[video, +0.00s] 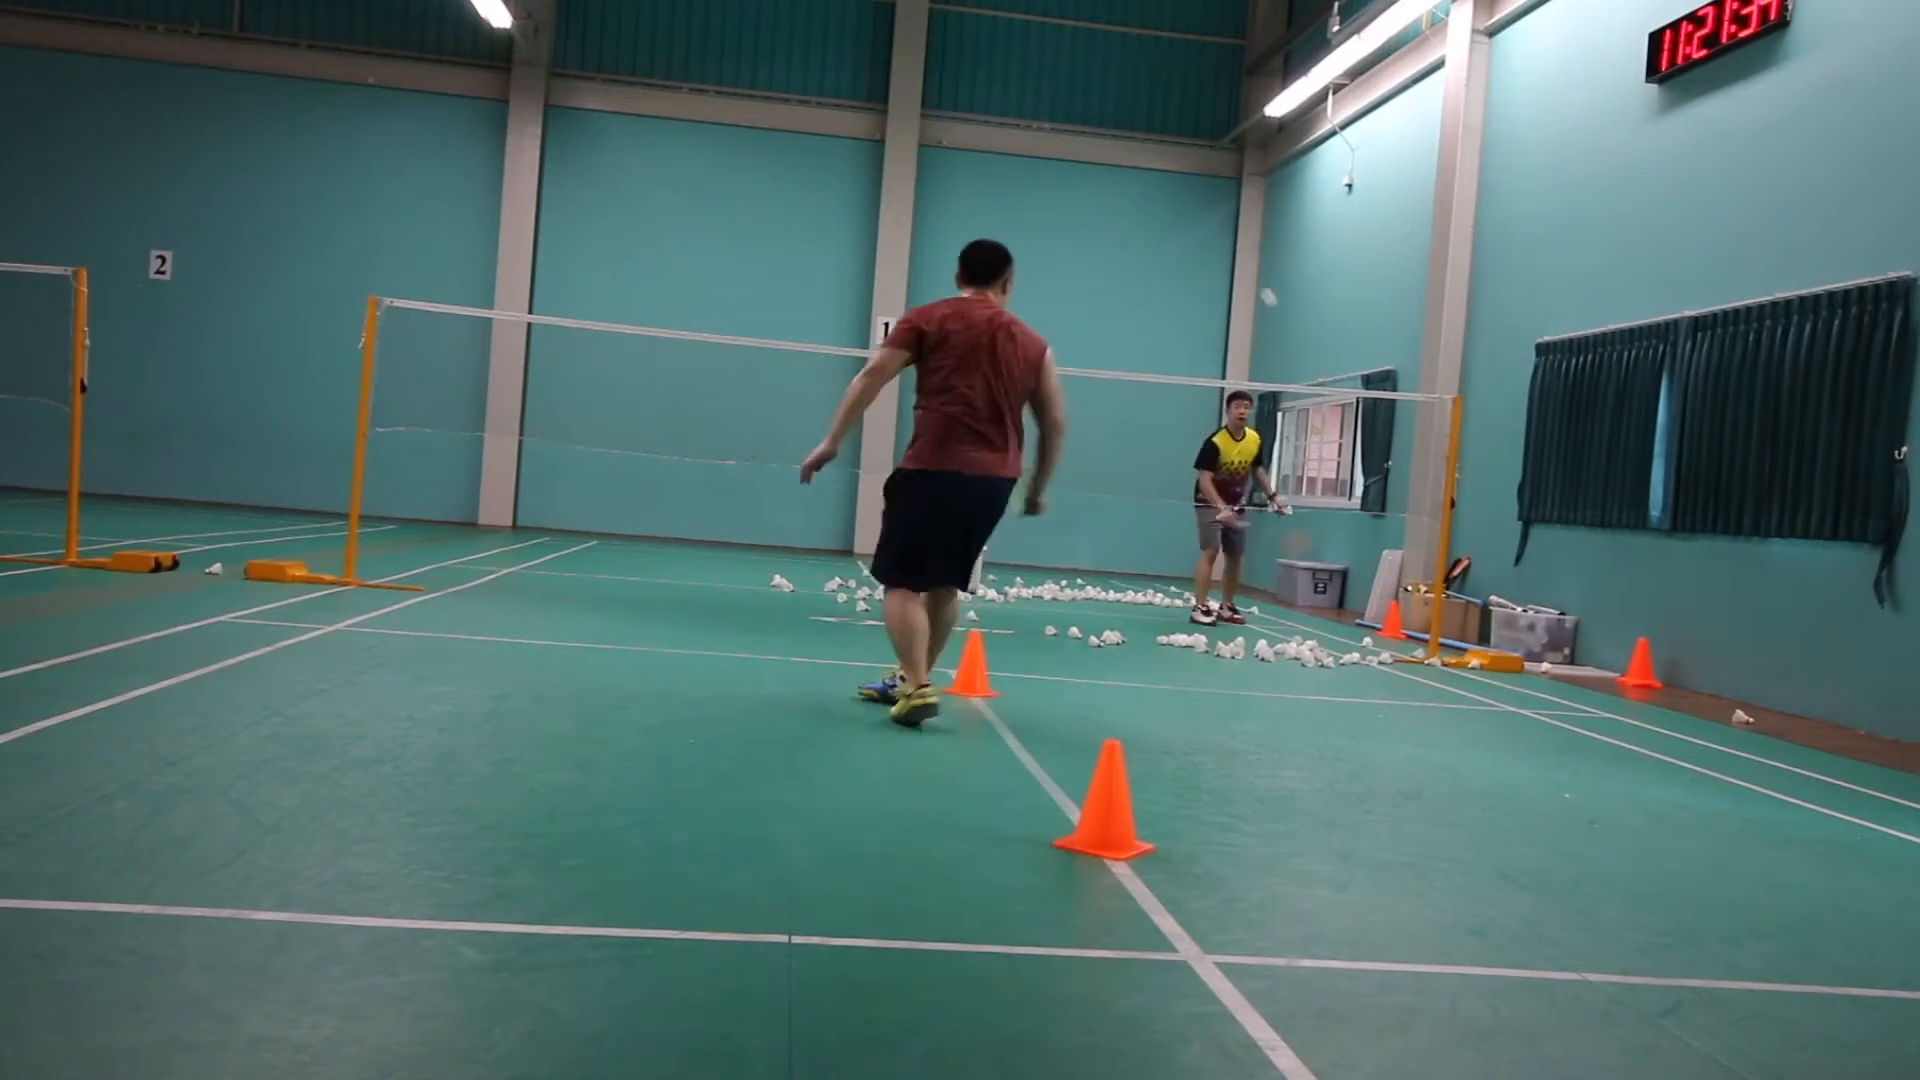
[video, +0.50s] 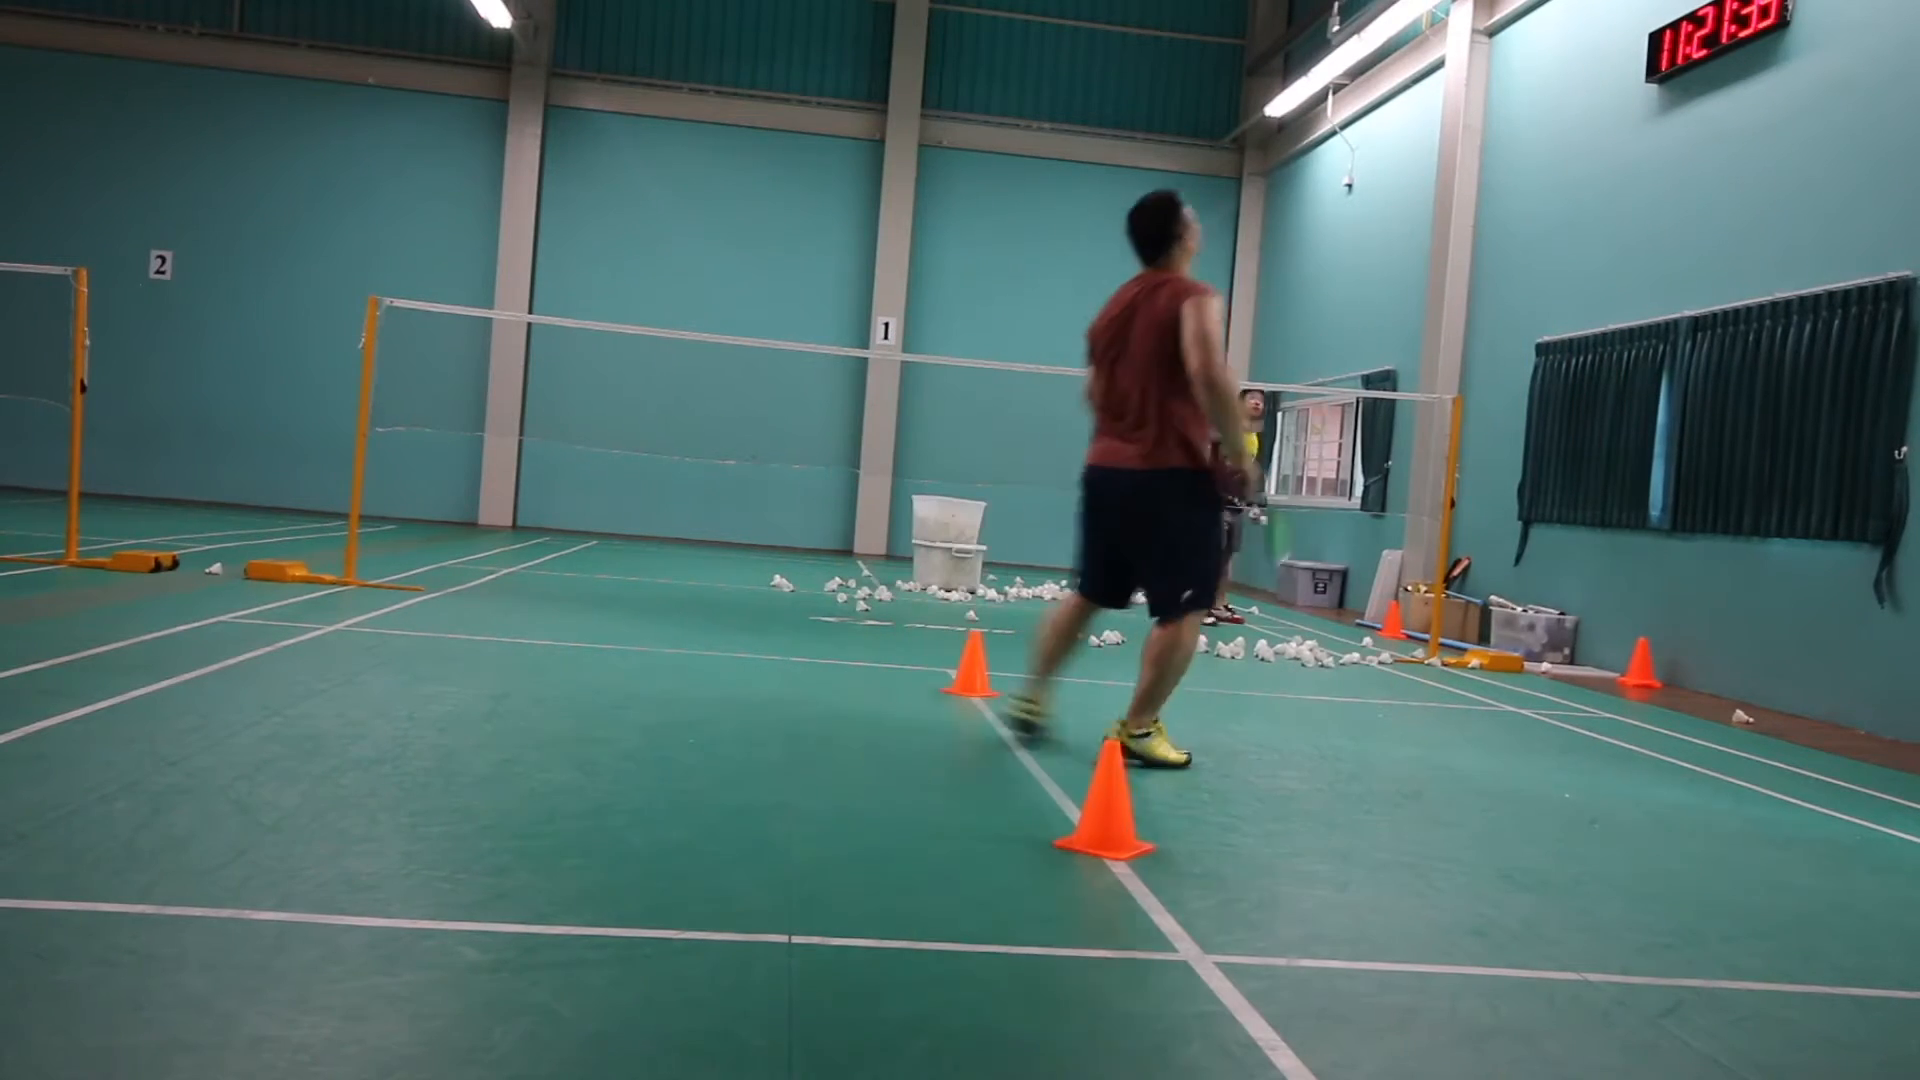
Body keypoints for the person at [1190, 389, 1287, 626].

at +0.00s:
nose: (1242, 412)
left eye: (1246, 408)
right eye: (1237, 407)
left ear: (1250, 412)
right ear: (1228, 411)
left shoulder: (1255, 439)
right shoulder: (1214, 442)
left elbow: (1257, 469)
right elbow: (1204, 480)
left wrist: (1272, 496)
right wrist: (1222, 507)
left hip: (1236, 504)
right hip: (1210, 503)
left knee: (1234, 556)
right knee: (1211, 552)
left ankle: (1227, 605)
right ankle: (1200, 605)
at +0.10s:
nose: (1249, 409)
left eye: (1252, 405)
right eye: (1243, 404)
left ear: (1255, 410)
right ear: (1232, 408)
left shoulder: (1252, 438)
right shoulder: (1221, 435)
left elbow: (1249, 467)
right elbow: (1215, 462)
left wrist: (1263, 493)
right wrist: (1241, 483)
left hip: (1233, 502)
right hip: (1209, 500)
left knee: (1232, 553)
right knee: (1211, 551)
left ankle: (1227, 604)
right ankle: (1201, 605)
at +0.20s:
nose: (1255, 409)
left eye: (1258, 404)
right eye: (1250, 403)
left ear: (1260, 409)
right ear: (1237, 406)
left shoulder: (1249, 436)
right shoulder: (1225, 427)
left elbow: (1237, 472)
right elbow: (1232, 424)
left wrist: (1251, 492)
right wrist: (1249, 414)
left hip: (1229, 501)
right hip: (1208, 499)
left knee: (1231, 552)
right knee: (1211, 551)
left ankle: (1225, 603)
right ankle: (1201, 606)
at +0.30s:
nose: (1258, 405)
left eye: (1261, 401)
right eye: (1253, 400)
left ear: (1262, 409)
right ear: (1242, 404)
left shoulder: (1249, 434)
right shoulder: (1228, 426)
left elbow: (1240, 467)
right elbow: (1233, 408)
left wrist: (1240, 491)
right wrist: (1245, 386)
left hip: (1230, 498)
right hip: (1209, 496)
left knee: (1230, 551)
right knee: (1213, 551)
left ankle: (1223, 601)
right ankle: (1200, 605)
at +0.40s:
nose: (1257, 403)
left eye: (1261, 400)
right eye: (1252, 398)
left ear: (1262, 408)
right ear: (1242, 402)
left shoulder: (1250, 434)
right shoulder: (1228, 424)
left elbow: (1247, 468)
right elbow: (1224, 412)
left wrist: (1245, 496)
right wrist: (1242, 392)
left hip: (1234, 497)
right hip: (1214, 495)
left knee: (1225, 553)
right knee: (1213, 552)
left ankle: (1220, 603)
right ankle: (1200, 604)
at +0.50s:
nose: (1257, 406)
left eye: (1261, 403)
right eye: (1253, 401)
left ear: (1263, 410)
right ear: (1240, 403)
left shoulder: (1253, 437)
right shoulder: (1227, 432)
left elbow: (1250, 469)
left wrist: (1252, 497)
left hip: (1238, 503)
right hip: (1221, 501)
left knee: (1227, 556)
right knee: (1215, 556)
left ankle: (1220, 601)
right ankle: (1206, 603)